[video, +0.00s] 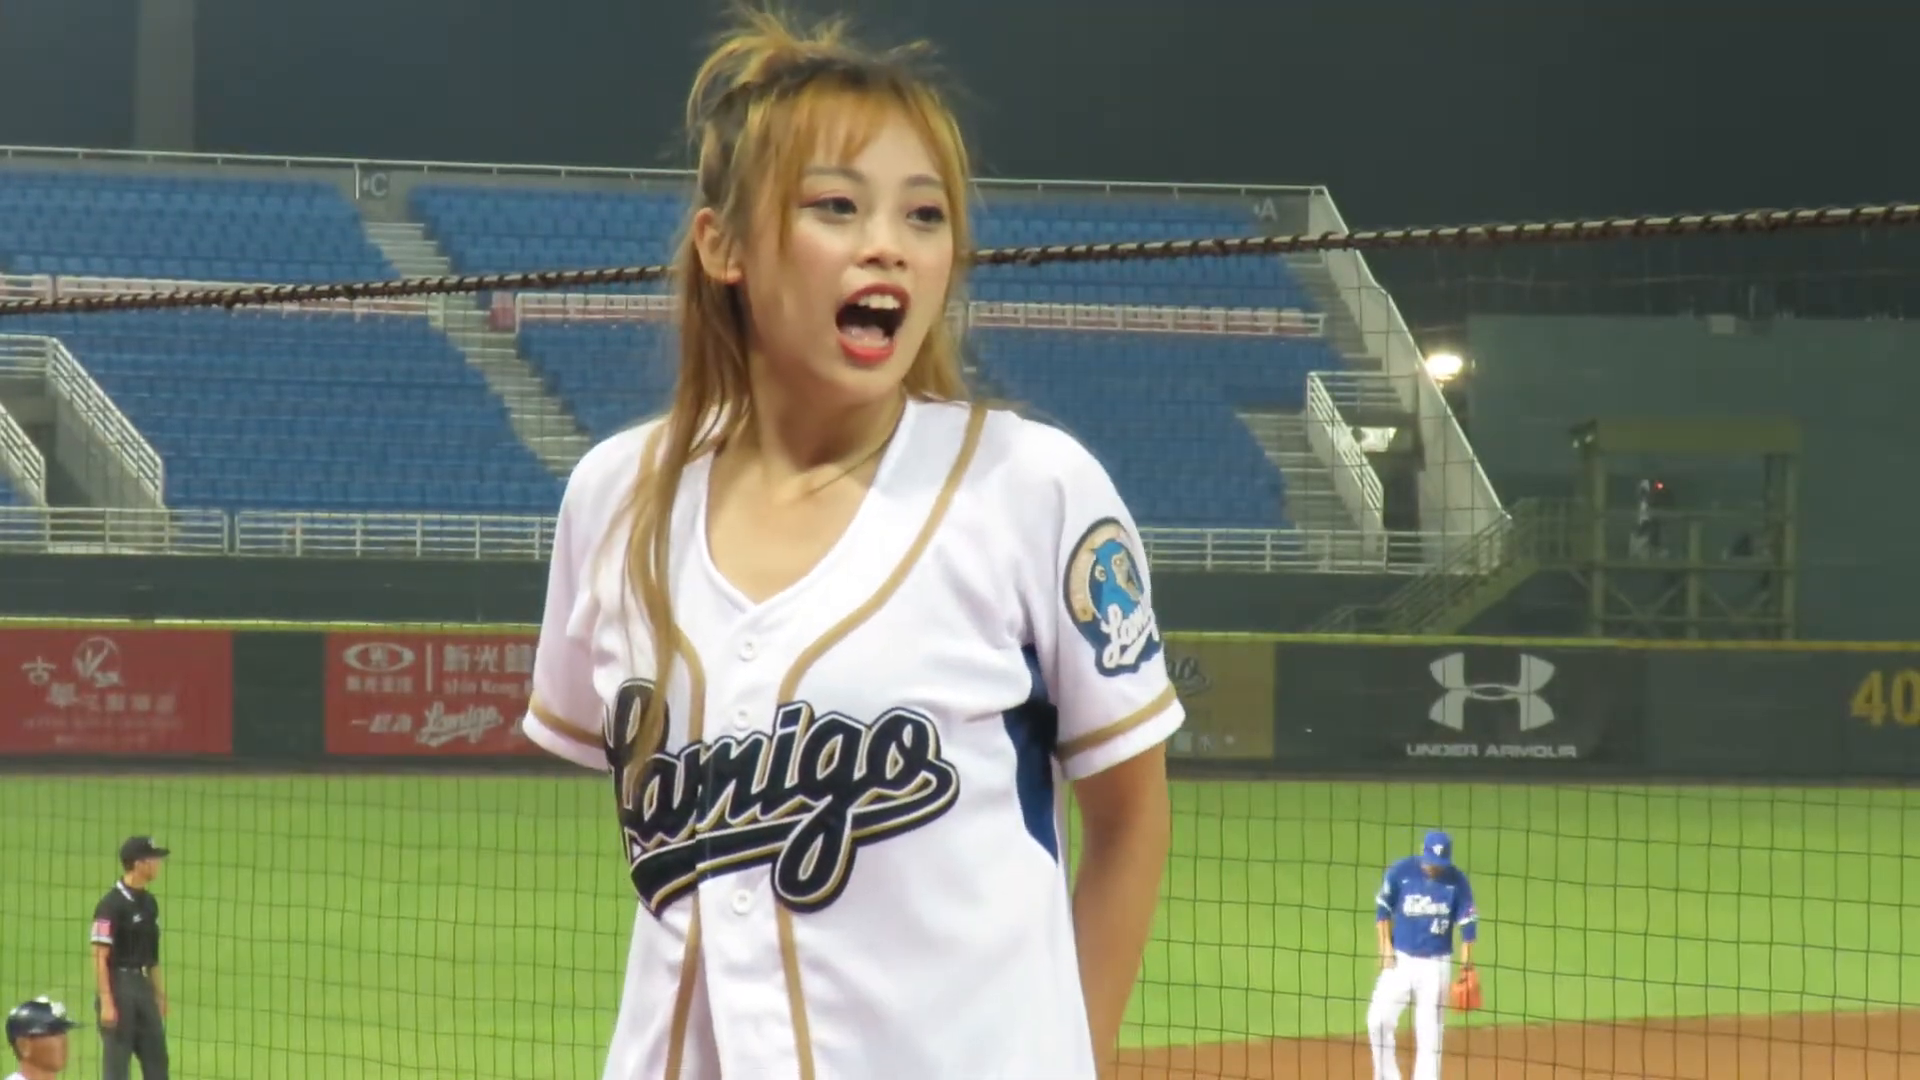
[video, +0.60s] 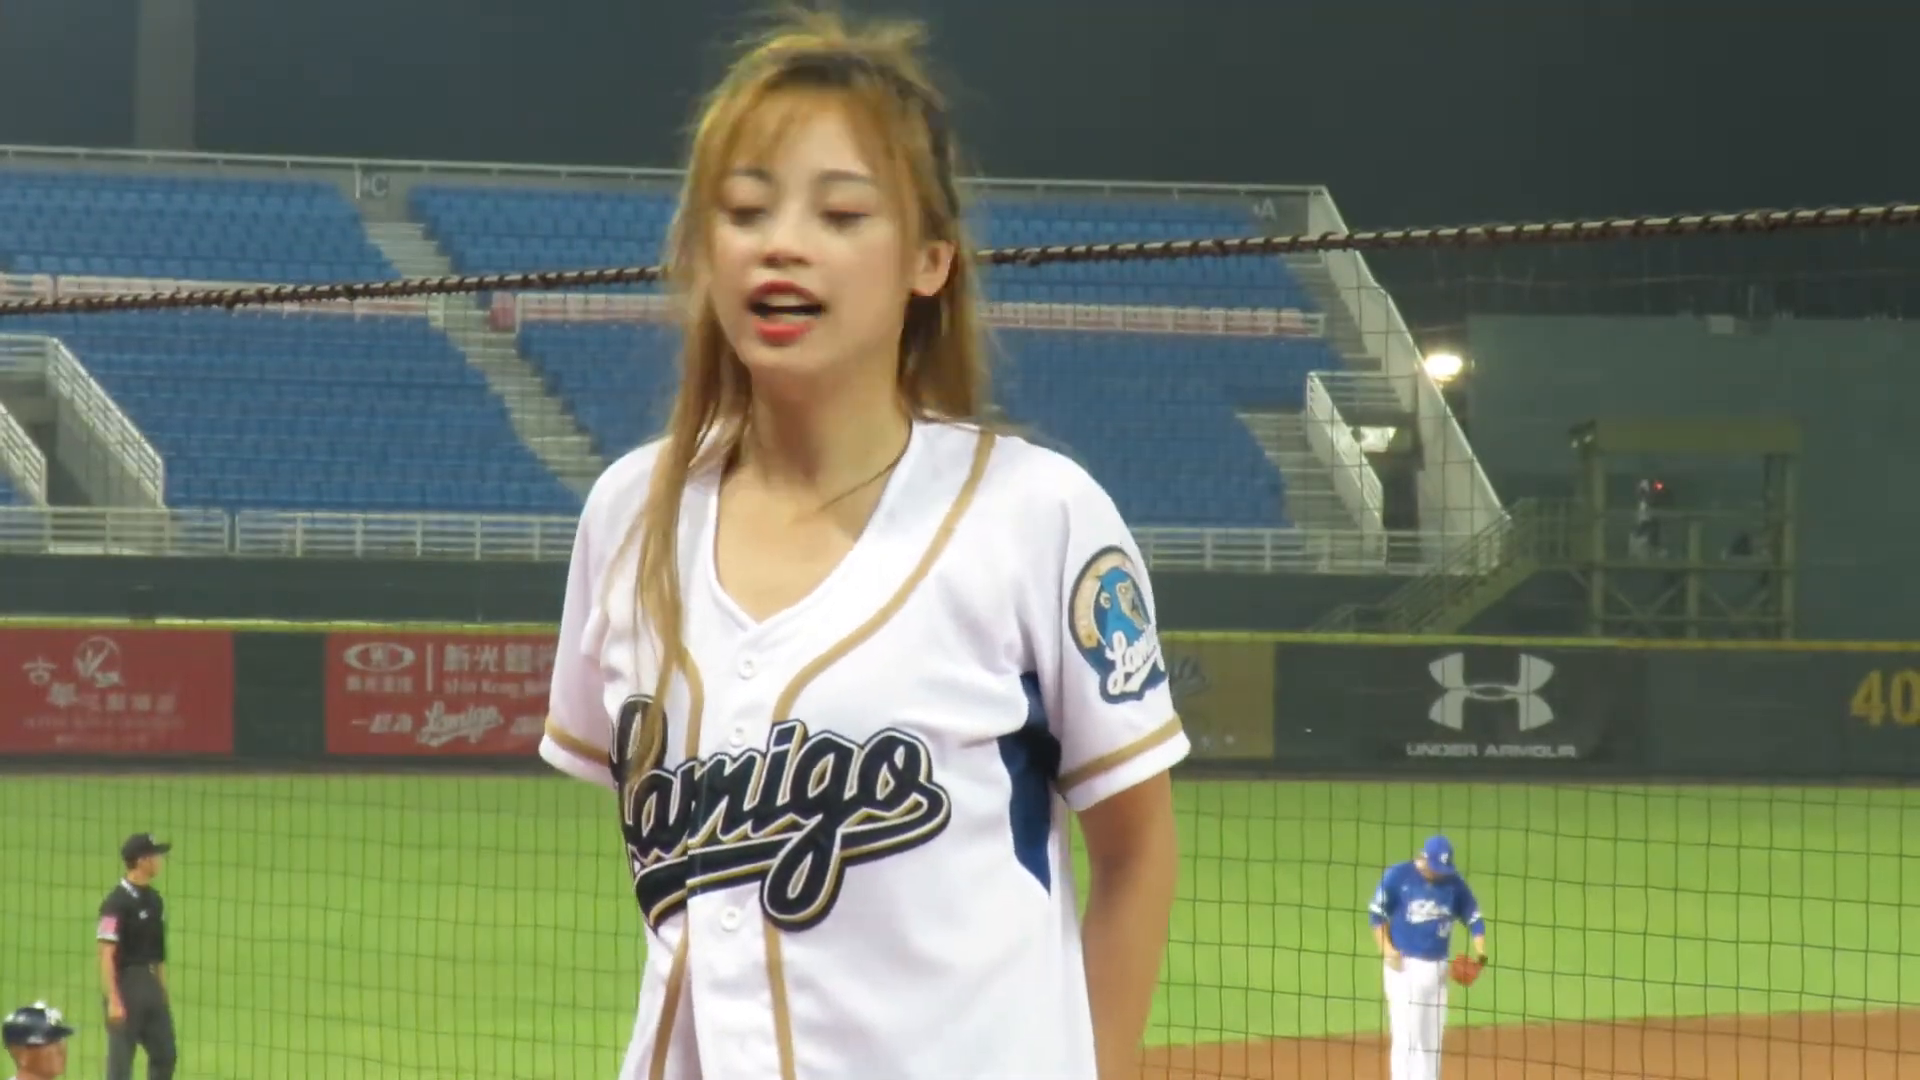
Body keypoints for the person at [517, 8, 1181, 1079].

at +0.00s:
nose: (885, 252)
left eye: (921, 215)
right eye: (833, 208)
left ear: (956, 260)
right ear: (724, 247)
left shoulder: (1039, 490)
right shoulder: (616, 496)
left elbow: (1127, 827)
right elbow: (656, 812)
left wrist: (1066, 1055)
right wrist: (763, 1029)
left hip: (984, 1054)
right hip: (689, 1053)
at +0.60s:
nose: (781, 249)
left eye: (841, 210)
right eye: (745, 209)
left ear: (926, 263)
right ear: (701, 249)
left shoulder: (1042, 514)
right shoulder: (632, 512)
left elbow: (1136, 855)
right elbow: (662, 842)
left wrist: (1095, 1068)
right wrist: (751, 1045)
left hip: (984, 1057)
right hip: (698, 1056)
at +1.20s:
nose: (678, 261)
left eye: (692, 225)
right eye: (685, 224)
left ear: (772, 256)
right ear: (771, 254)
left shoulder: (950, 515)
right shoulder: (758, 505)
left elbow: (1102, 880)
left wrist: (1080, 1070)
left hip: (888, 1056)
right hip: (709, 1052)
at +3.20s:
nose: (692, 263)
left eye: (706, 226)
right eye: (700, 225)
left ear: (781, 258)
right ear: (779, 259)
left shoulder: (930, 525)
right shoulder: (782, 501)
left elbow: (1089, 904)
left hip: (879, 1056)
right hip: (726, 1050)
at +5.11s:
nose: (685, 265)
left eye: (698, 226)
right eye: (692, 226)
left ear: (776, 249)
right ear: (776, 250)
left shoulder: (935, 535)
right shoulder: (782, 508)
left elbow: (1096, 914)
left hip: (886, 1058)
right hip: (719, 1052)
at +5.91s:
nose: (692, 268)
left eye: (704, 228)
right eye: (699, 228)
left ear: (783, 249)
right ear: (776, 249)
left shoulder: (933, 528)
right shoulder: (782, 501)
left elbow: (1093, 912)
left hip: (878, 1056)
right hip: (714, 1051)